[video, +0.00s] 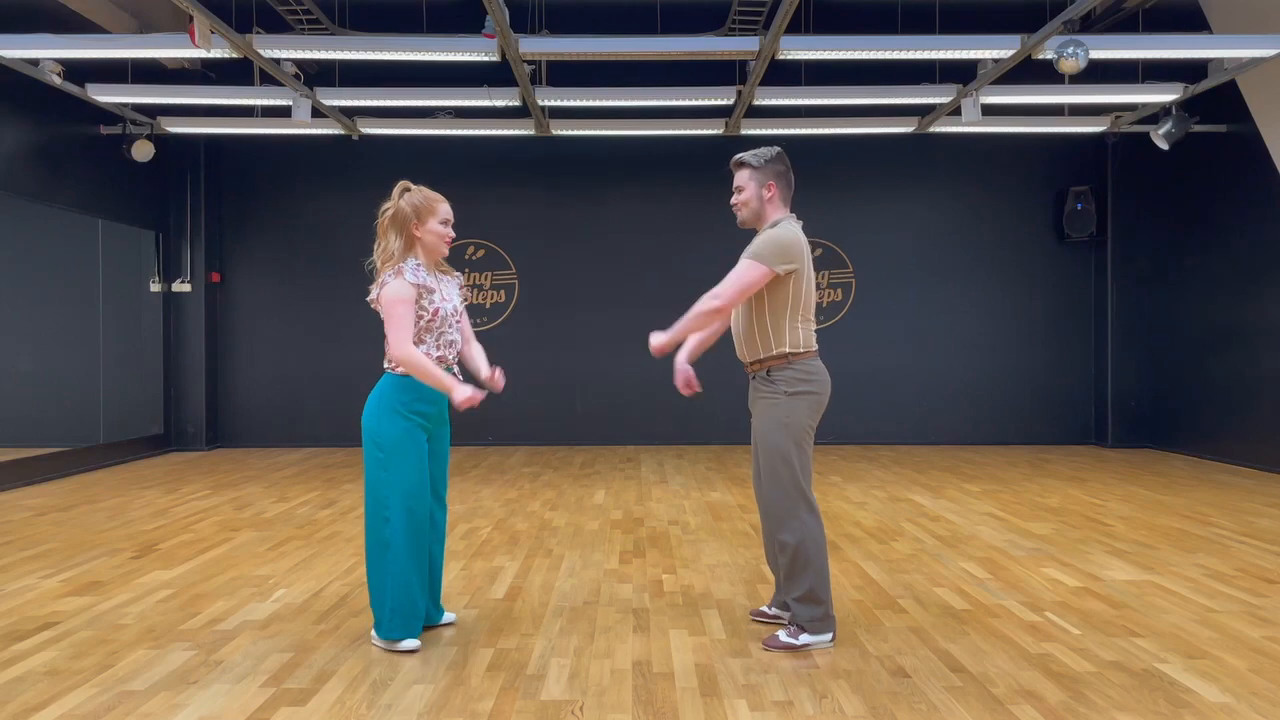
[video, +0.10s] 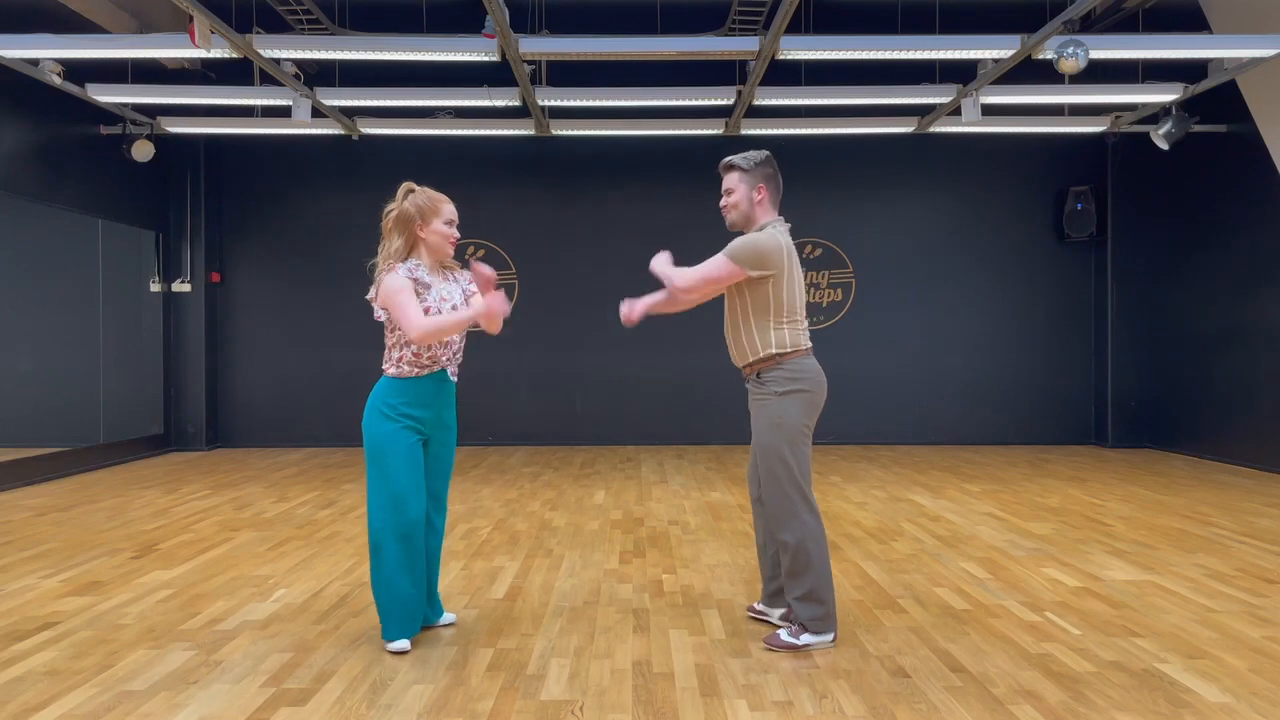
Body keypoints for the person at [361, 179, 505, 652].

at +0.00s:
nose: (453, 232)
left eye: (452, 223)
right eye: (444, 224)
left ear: (434, 229)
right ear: (415, 229)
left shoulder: (450, 282)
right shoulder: (400, 282)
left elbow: (465, 339)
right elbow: (400, 351)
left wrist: (482, 371)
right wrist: (452, 386)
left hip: (433, 407)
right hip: (397, 408)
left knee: (430, 510)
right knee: (398, 514)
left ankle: (424, 607)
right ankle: (391, 624)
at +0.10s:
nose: (458, 232)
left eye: (456, 223)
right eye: (448, 224)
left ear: (439, 230)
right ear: (420, 230)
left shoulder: (462, 277)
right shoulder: (395, 278)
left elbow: (492, 325)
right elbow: (417, 331)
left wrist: (490, 291)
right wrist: (477, 313)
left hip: (442, 406)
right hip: (396, 406)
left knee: (433, 511)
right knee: (403, 513)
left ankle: (426, 604)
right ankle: (396, 623)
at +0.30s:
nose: (463, 237)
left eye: (463, 229)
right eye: (452, 227)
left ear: (463, 239)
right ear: (420, 236)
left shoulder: (472, 282)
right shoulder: (392, 287)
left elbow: (467, 318)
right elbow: (427, 329)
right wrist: (462, 284)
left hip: (457, 419)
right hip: (400, 418)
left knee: (467, 524)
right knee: (402, 526)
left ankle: (434, 584)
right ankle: (395, 626)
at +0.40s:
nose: (456, 247)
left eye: (462, 240)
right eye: (444, 238)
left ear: (468, 248)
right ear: (419, 247)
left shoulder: (480, 296)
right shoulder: (393, 303)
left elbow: (467, 364)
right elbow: (408, 371)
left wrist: (410, 367)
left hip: (469, 429)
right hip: (409, 431)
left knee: (490, 534)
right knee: (416, 541)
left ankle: (475, 599)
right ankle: (398, 632)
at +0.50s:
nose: (455, 256)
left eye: (465, 248)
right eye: (444, 248)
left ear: (476, 256)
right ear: (427, 256)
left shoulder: (492, 315)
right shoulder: (404, 315)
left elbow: (499, 385)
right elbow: (393, 390)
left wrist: (480, 416)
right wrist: (391, 455)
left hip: (487, 439)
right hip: (426, 442)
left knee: (515, 529)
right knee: (421, 555)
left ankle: (546, 636)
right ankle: (401, 639)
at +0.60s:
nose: (472, 257)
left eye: (482, 247)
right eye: (462, 247)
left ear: (495, 254)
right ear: (445, 254)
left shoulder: (513, 310)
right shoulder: (421, 312)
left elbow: (564, 357)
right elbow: (369, 365)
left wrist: (606, 383)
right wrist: (307, 404)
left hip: (515, 437)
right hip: (454, 443)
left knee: (553, 531)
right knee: (427, 548)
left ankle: (607, 640)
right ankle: (403, 640)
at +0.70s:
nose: (501, 251)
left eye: (511, 241)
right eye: (490, 242)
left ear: (524, 246)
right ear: (473, 248)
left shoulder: (547, 294)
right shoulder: (455, 305)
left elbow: (617, 309)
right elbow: (395, 321)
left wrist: (676, 307)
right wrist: (333, 296)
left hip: (557, 435)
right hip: (496, 441)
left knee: (594, 544)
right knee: (451, 536)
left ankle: (636, 670)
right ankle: (407, 621)